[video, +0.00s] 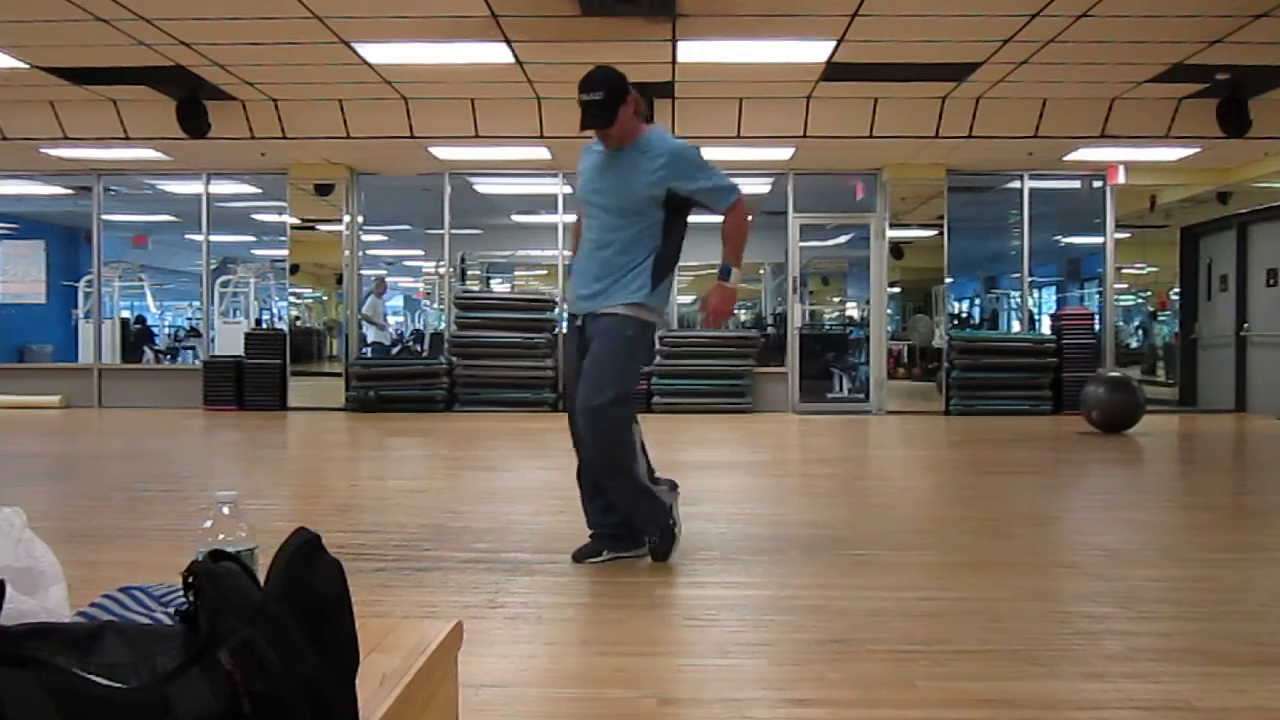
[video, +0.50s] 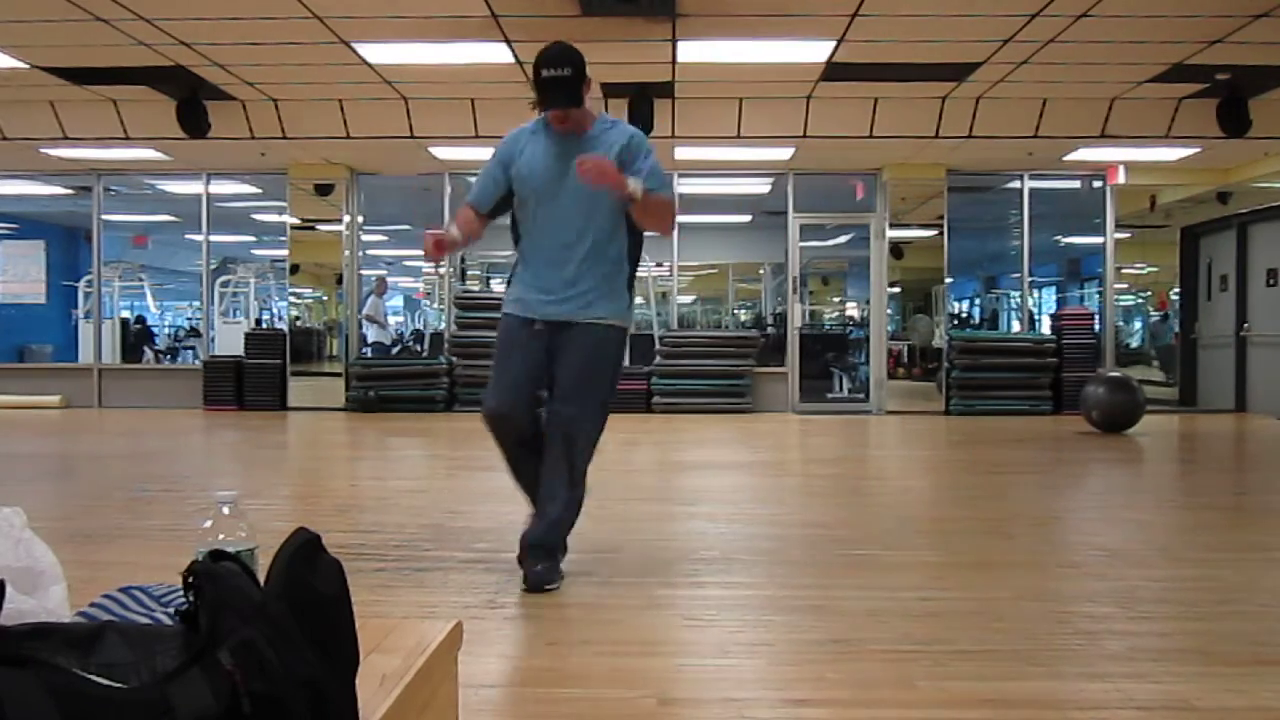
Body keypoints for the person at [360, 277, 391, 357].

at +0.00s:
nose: (385, 288)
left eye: (385, 286)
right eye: (383, 286)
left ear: (385, 287)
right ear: (377, 287)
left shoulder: (381, 301)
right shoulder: (372, 299)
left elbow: (383, 316)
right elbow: (365, 314)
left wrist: (386, 324)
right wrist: (378, 324)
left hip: (384, 337)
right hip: (376, 338)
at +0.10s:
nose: (385, 288)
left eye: (385, 286)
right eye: (383, 286)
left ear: (385, 287)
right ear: (377, 287)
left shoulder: (381, 301)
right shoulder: (372, 299)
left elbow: (383, 316)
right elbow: (365, 314)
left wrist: (386, 324)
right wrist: (378, 324)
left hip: (384, 337)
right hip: (376, 338)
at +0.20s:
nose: (385, 288)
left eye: (385, 286)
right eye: (383, 286)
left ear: (385, 287)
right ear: (377, 287)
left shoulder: (381, 301)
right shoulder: (372, 299)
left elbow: (383, 316)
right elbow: (365, 314)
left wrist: (386, 324)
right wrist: (378, 324)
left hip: (384, 337)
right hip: (376, 338)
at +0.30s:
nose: (385, 288)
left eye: (386, 285)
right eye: (383, 285)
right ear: (377, 286)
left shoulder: (381, 300)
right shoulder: (372, 299)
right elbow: (366, 314)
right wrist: (379, 323)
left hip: (384, 337)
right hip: (376, 337)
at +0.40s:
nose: (386, 288)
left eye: (386, 286)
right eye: (384, 286)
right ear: (377, 286)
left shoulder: (381, 300)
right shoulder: (373, 299)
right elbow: (366, 314)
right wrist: (380, 323)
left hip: (384, 337)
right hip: (376, 337)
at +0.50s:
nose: (386, 288)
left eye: (386, 285)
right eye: (384, 285)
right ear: (377, 286)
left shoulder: (381, 300)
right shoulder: (373, 299)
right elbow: (366, 314)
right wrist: (380, 323)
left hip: (384, 337)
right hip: (377, 338)